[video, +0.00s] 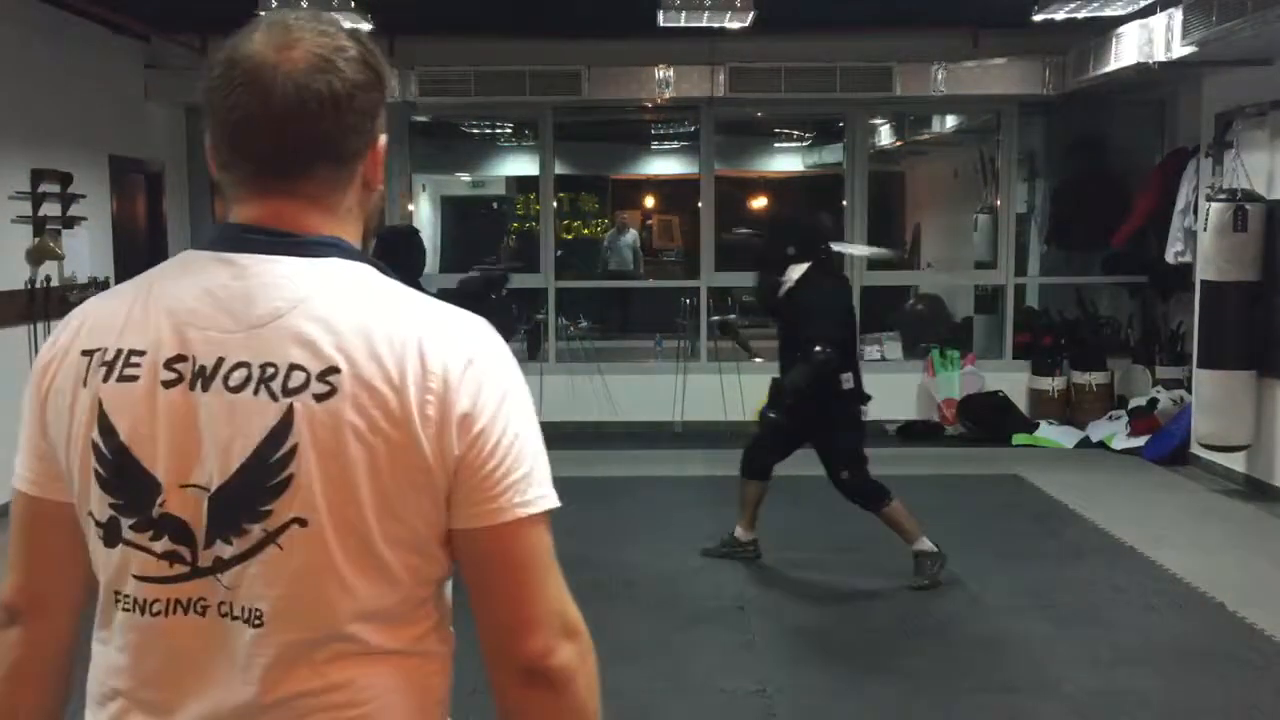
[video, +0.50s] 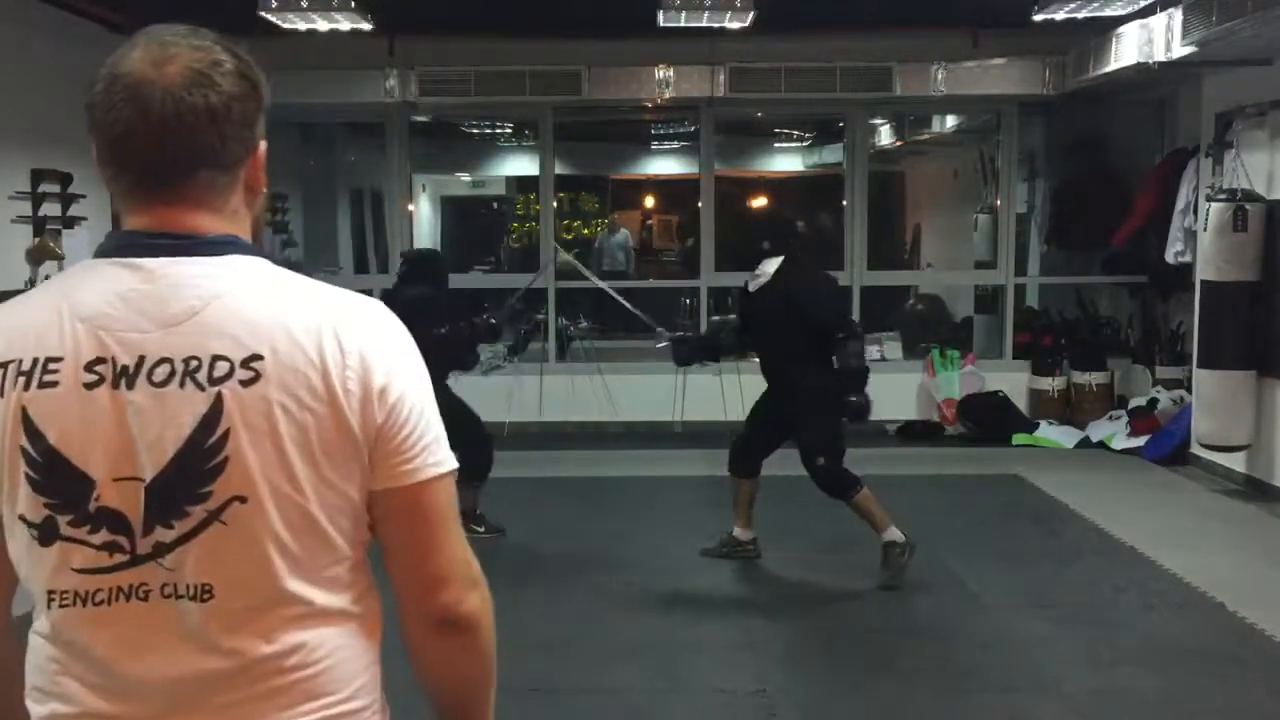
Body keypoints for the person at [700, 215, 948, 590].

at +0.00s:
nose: (769, 259)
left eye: (774, 251)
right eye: (770, 252)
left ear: (791, 250)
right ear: (811, 250)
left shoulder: (823, 287)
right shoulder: (797, 285)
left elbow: (826, 352)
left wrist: (785, 394)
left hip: (831, 402)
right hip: (801, 399)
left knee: (853, 481)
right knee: (756, 458)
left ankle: (926, 550)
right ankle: (743, 536)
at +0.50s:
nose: (749, 252)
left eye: (753, 245)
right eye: (751, 246)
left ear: (766, 245)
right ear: (784, 243)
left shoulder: (808, 280)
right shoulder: (756, 285)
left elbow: (847, 334)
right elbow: (750, 337)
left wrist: (854, 389)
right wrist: (701, 346)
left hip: (816, 392)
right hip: (783, 391)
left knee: (827, 471)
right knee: (744, 456)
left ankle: (893, 539)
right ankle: (742, 536)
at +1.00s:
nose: (829, 239)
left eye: (835, 230)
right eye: (828, 229)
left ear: (852, 230)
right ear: (878, 229)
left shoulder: (868, 274)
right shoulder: (894, 269)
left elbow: (846, 326)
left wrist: (806, 315)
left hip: (873, 389)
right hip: (892, 385)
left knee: (865, 472)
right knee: (838, 457)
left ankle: (895, 556)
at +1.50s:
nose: (927, 238)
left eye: (930, 231)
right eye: (928, 231)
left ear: (944, 230)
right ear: (978, 225)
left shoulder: (944, 273)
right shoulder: (1006, 267)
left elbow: (934, 343)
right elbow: (1023, 328)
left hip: (959, 397)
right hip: (1009, 392)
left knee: (926, 477)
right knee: (1016, 476)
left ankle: (906, 557)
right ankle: (1042, 562)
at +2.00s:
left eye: (1002, 228)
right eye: (1031, 228)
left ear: (997, 231)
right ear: (1037, 230)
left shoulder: (981, 278)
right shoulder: (1064, 276)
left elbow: (957, 342)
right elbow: (1093, 334)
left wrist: (954, 393)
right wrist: (1077, 373)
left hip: (1007, 385)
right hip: (1057, 385)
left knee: (1013, 465)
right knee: (1048, 468)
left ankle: (1029, 537)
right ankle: (1039, 550)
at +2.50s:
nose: (1012, 229)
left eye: (1013, 222)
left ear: (1018, 223)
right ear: (1055, 217)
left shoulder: (1011, 266)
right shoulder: (1082, 257)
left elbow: (993, 322)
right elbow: (1105, 313)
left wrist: (989, 363)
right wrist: (1099, 361)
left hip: (1030, 368)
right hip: (1075, 364)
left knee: (1021, 446)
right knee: (1064, 437)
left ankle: (1028, 533)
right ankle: (1086, 521)